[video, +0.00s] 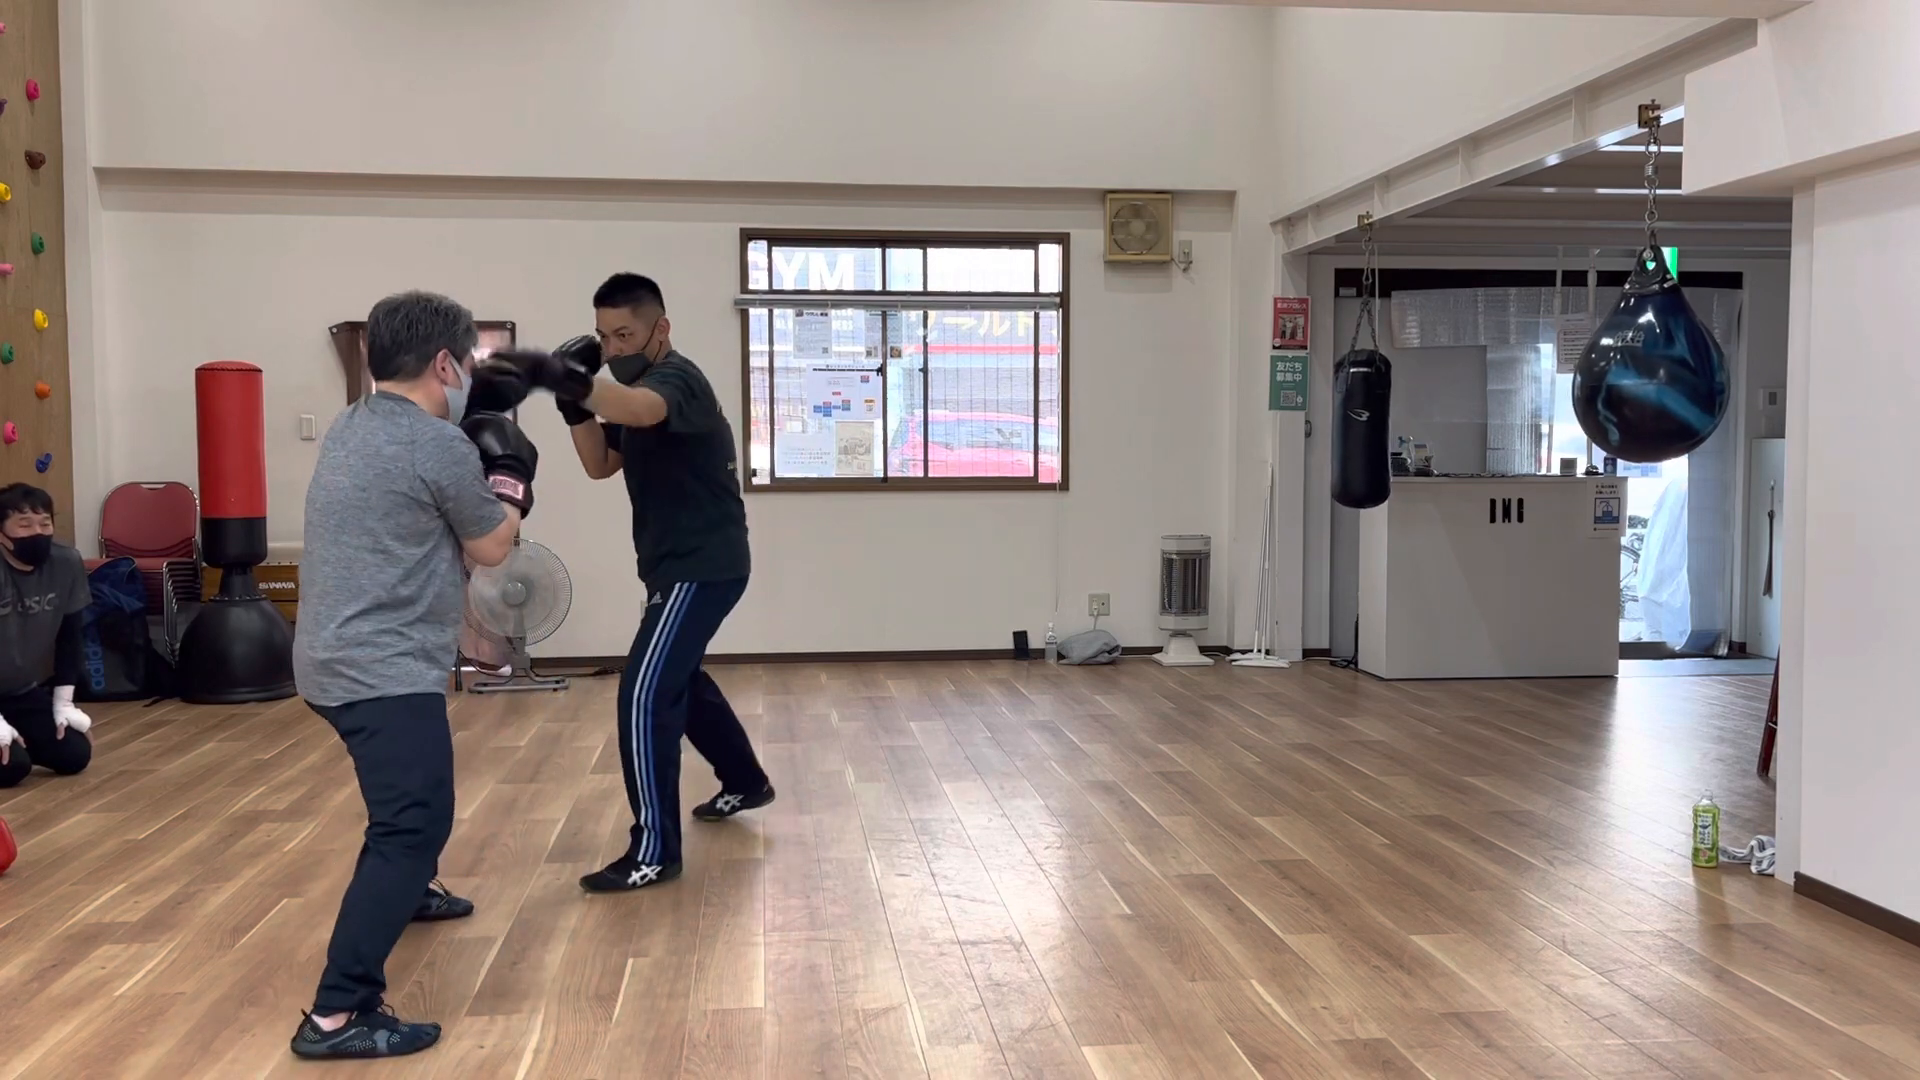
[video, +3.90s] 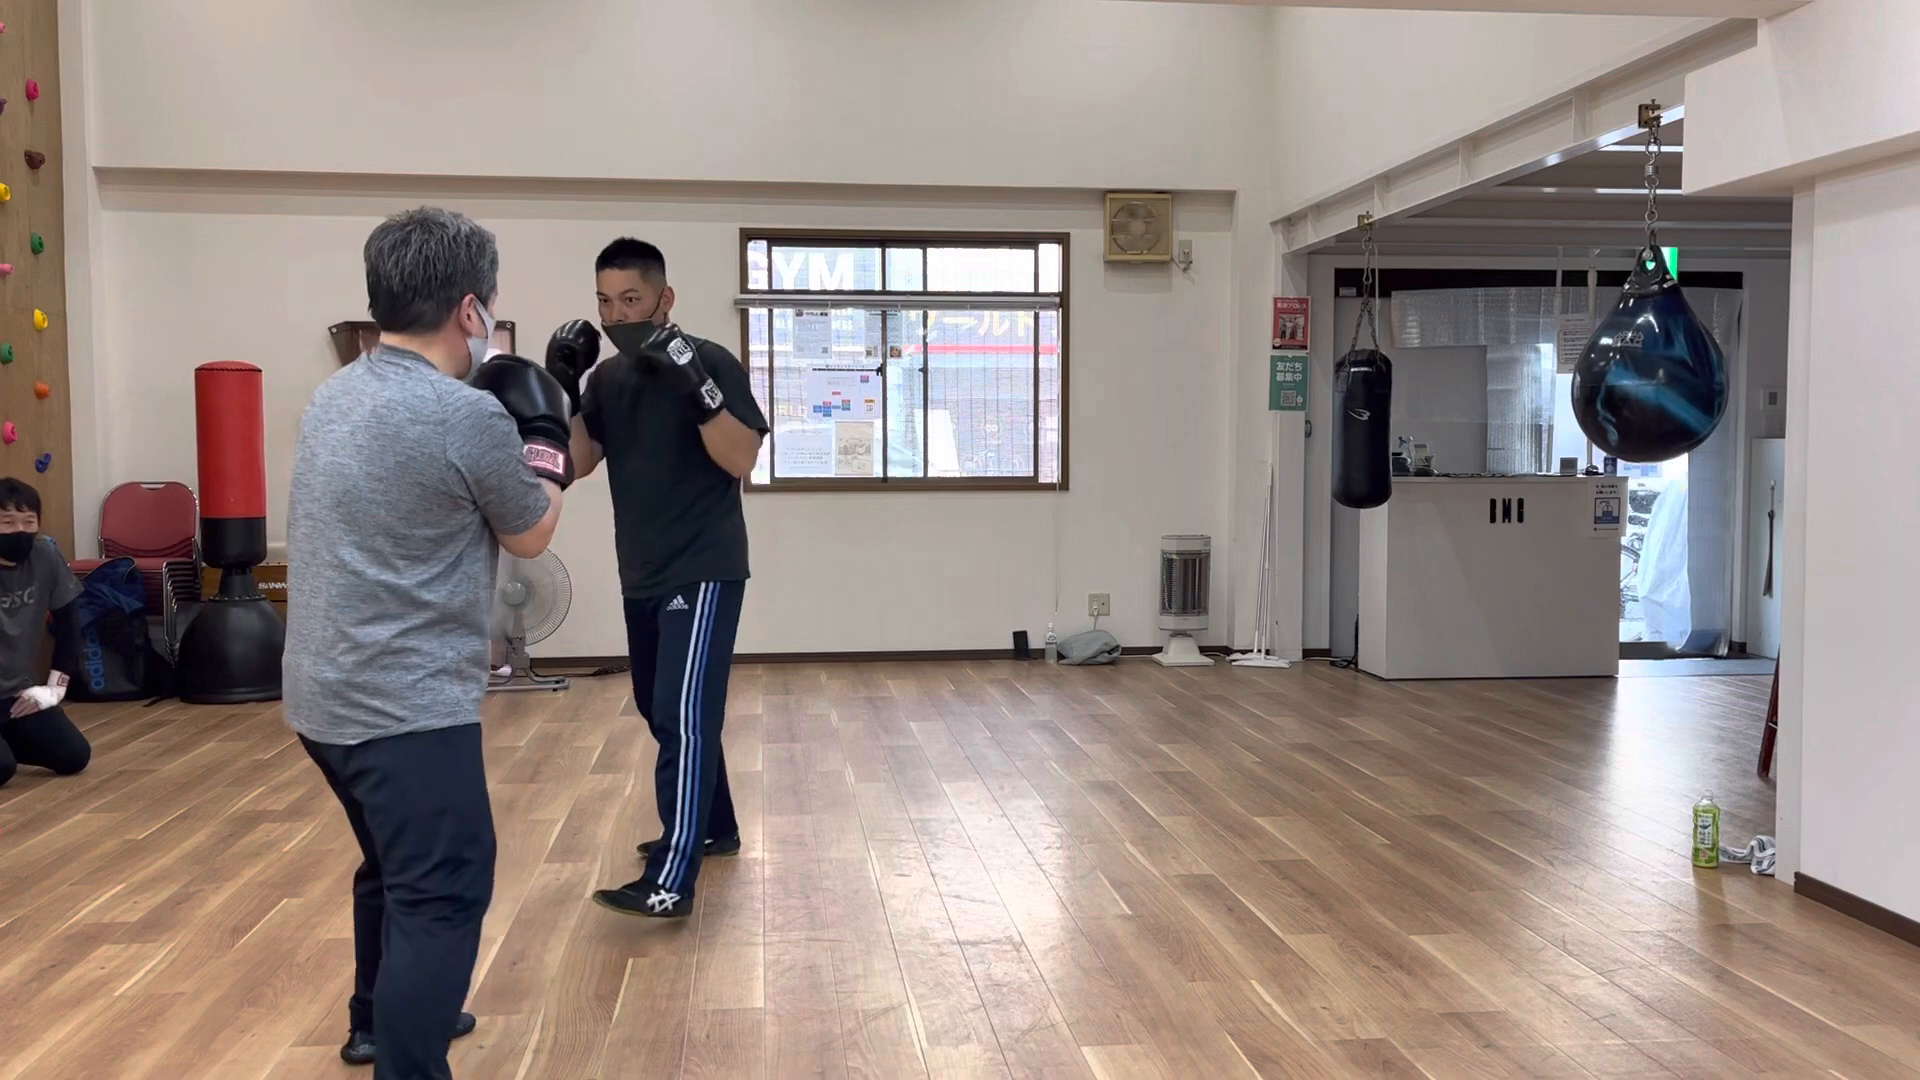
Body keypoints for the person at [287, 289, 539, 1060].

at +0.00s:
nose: (466, 379)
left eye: (468, 367)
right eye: (464, 366)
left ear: (381, 362)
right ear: (442, 364)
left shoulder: (350, 426)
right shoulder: (436, 443)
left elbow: (411, 514)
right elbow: (490, 546)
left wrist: (462, 435)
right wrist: (512, 497)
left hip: (332, 663)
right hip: (389, 674)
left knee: (410, 789)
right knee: (409, 831)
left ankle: (406, 887)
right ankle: (338, 1011)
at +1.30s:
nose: (439, 369)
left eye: (441, 355)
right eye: (438, 354)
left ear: (345, 349)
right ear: (411, 361)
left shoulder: (306, 422)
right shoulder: (386, 452)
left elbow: (351, 528)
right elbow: (443, 570)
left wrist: (428, 478)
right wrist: (479, 513)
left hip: (287, 665)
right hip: (332, 680)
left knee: (405, 754)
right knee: (358, 857)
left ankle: (352, 914)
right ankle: (285, 1052)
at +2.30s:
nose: (511, 330)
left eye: (513, 316)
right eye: (510, 315)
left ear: (406, 318)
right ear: (490, 321)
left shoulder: (357, 406)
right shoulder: (484, 411)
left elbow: (417, 513)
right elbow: (543, 530)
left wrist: (524, 469)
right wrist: (550, 464)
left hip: (345, 683)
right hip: (421, 692)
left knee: (407, 845)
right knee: (431, 878)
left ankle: (387, 988)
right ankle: (380, 1065)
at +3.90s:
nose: (489, 317)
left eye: (491, 300)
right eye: (489, 301)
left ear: (382, 300)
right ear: (468, 310)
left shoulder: (332, 396)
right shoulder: (464, 415)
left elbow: (399, 509)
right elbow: (531, 534)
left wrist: (501, 451)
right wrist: (541, 450)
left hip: (323, 697)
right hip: (409, 707)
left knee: (389, 864)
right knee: (441, 895)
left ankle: (383, 1017)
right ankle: (411, 1061)